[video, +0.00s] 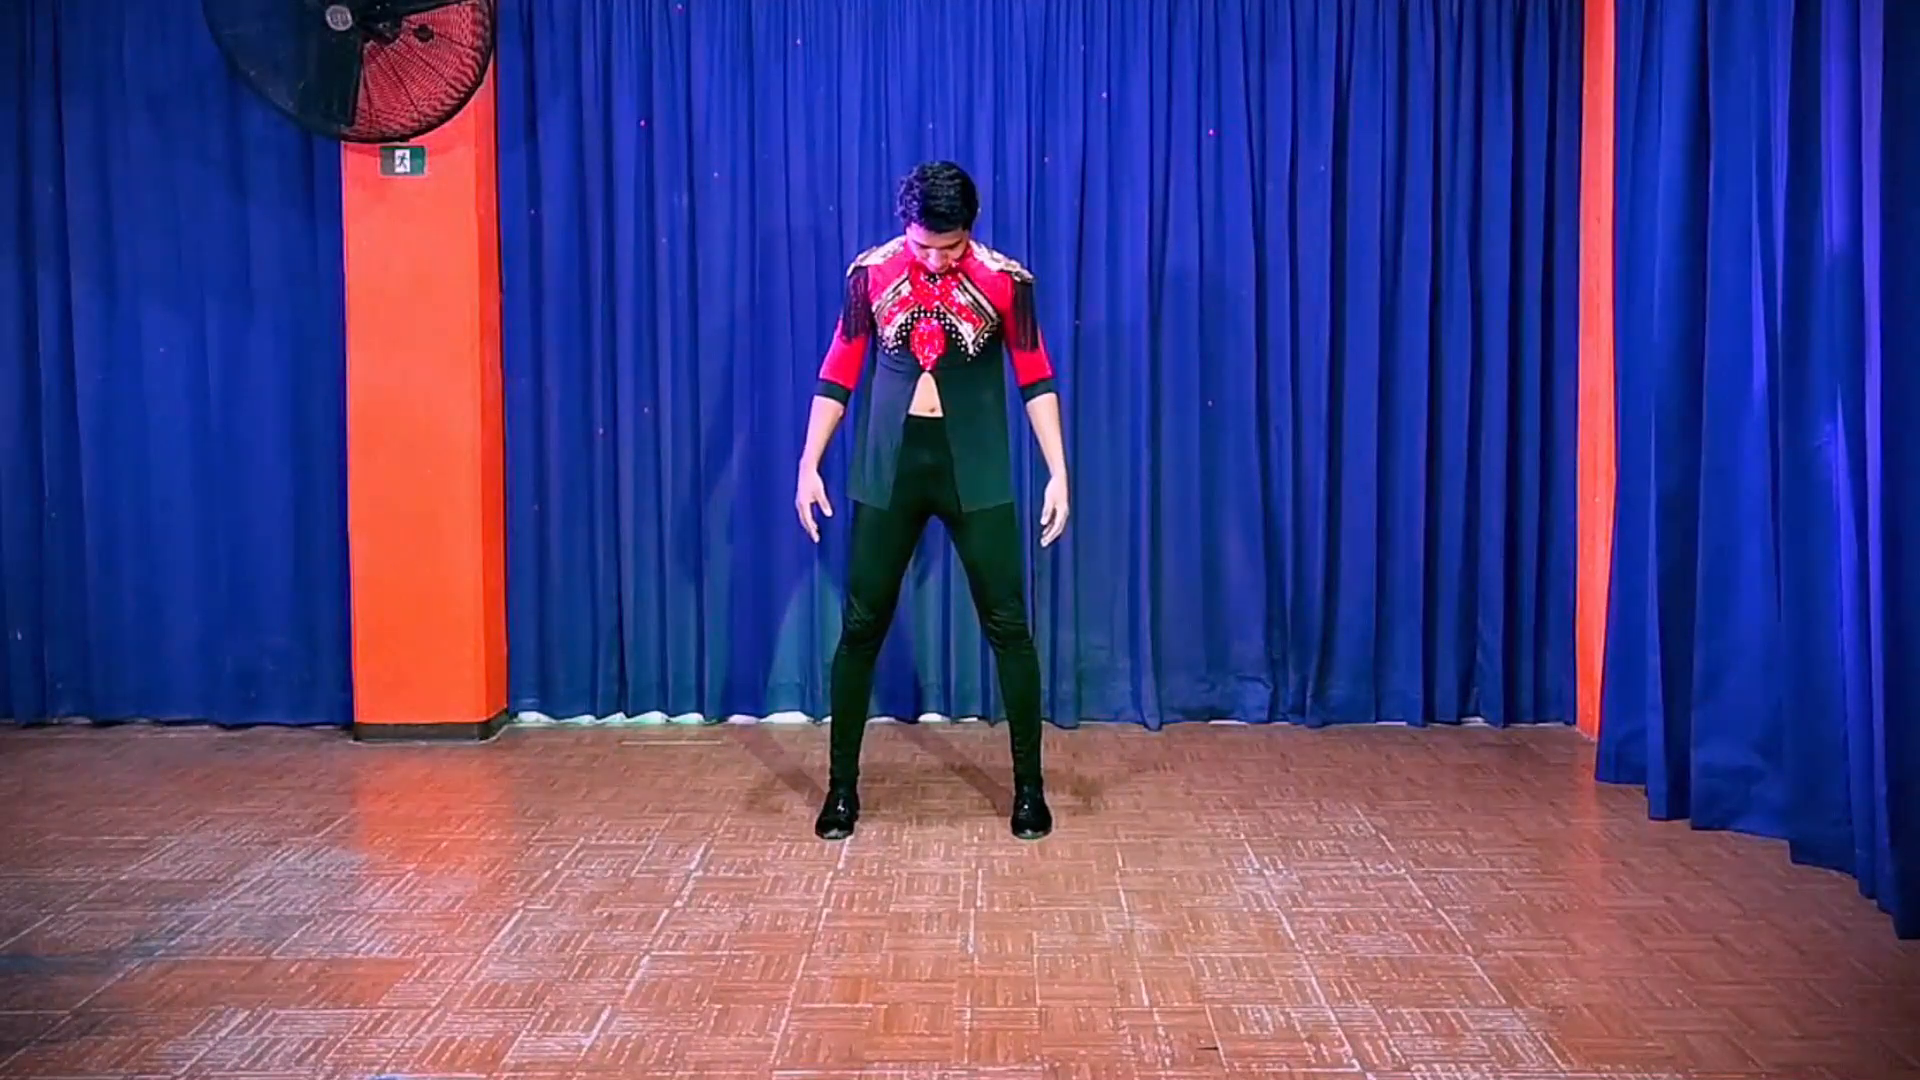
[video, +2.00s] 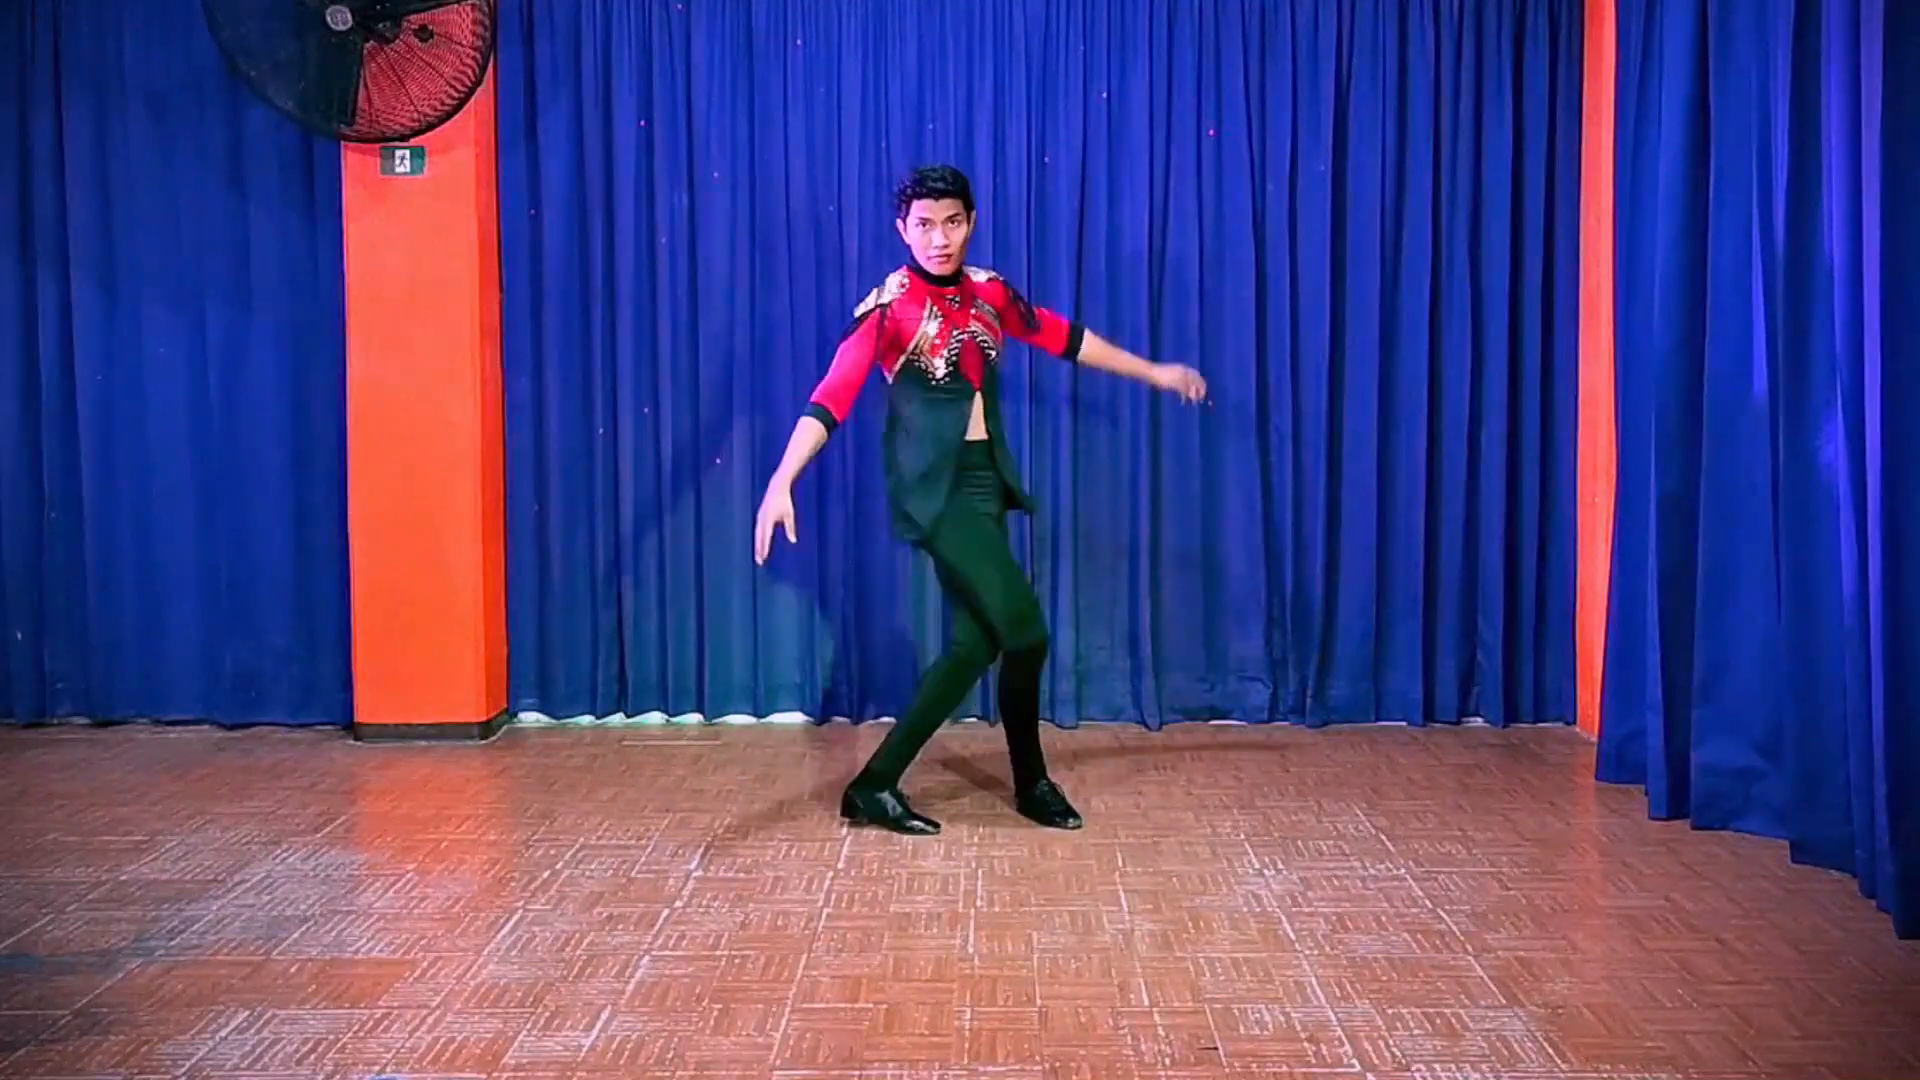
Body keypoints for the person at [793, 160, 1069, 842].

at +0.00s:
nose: (940, 257)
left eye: (953, 245)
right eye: (928, 244)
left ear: (972, 228)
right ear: (907, 226)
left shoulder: (1005, 281)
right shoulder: (872, 275)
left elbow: (1035, 378)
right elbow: (839, 372)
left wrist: (1058, 472)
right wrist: (809, 464)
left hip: (977, 467)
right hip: (890, 466)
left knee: (1007, 623)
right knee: (863, 625)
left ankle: (1028, 784)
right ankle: (842, 786)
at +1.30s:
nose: (922, 233)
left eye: (937, 220)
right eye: (910, 218)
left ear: (956, 215)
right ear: (891, 209)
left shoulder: (986, 274)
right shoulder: (852, 267)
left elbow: (1081, 319)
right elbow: (768, 321)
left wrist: (1088, 372)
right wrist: (813, 349)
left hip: (955, 477)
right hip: (868, 476)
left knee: (984, 630)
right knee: (849, 627)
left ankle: (997, 786)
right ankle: (843, 790)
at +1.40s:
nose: (918, 230)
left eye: (932, 217)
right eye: (907, 215)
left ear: (953, 217)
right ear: (887, 215)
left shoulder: (978, 276)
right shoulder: (860, 275)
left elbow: (1031, 319)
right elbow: (855, 332)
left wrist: (1007, 235)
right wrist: (877, 231)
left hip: (949, 479)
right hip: (869, 475)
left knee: (940, 639)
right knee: (846, 629)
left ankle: (890, 784)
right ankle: (838, 782)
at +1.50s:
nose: (922, 216)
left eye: (932, 202)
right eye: (910, 204)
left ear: (953, 210)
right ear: (890, 214)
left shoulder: (989, 279)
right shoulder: (862, 280)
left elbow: (971, 322)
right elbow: (903, 335)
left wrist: (957, 226)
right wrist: (908, 242)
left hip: (953, 477)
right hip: (876, 473)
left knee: (939, 637)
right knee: (855, 623)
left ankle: (891, 785)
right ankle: (834, 783)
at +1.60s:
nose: (919, 226)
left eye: (933, 212)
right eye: (906, 212)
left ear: (952, 214)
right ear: (887, 213)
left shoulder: (979, 286)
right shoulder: (864, 287)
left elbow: (954, 378)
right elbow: (890, 378)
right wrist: (962, 304)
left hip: (957, 476)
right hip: (886, 473)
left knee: (941, 627)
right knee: (889, 614)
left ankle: (895, 780)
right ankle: (905, 772)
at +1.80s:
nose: (926, 231)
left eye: (940, 217)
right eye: (913, 217)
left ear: (958, 220)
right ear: (892, 219)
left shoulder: (992, 295)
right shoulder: (866, 305)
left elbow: (1042, 395)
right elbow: (842, 418)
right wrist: (837, 513)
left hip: (984, 480)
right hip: (913, 485)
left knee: (969, 640)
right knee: (973, 636)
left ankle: (891, 783)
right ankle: (1037, 777)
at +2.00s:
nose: (941, 237)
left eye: (953, 223)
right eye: (926, 225)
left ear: (970, 226)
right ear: (904, 229)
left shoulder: (990, 292)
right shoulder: (891, 305)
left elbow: (1067, 339)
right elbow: (832, 397)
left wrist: (1155, 372)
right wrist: (780, 481)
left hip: (987, 482)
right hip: (936, 487)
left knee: (974, 648)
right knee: (1025, 633)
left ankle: (873, 786)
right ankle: (1032, 783)